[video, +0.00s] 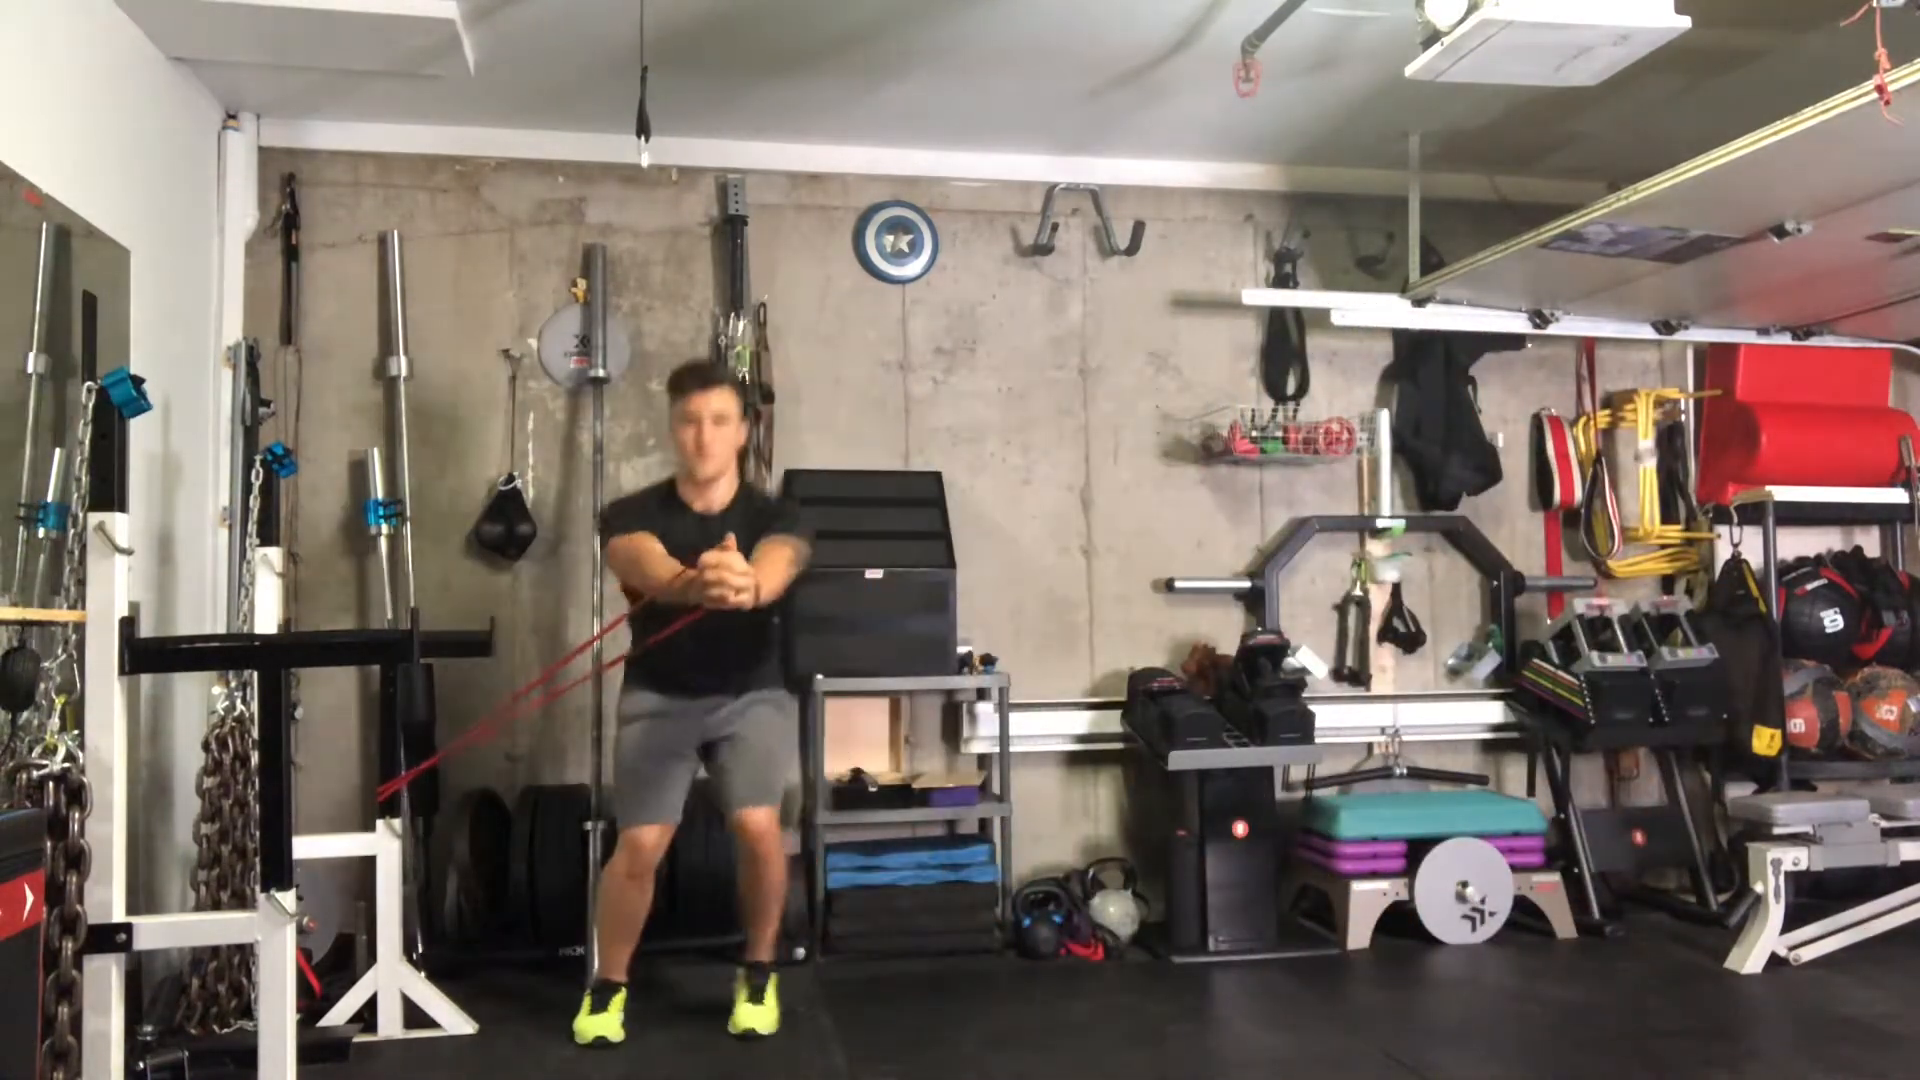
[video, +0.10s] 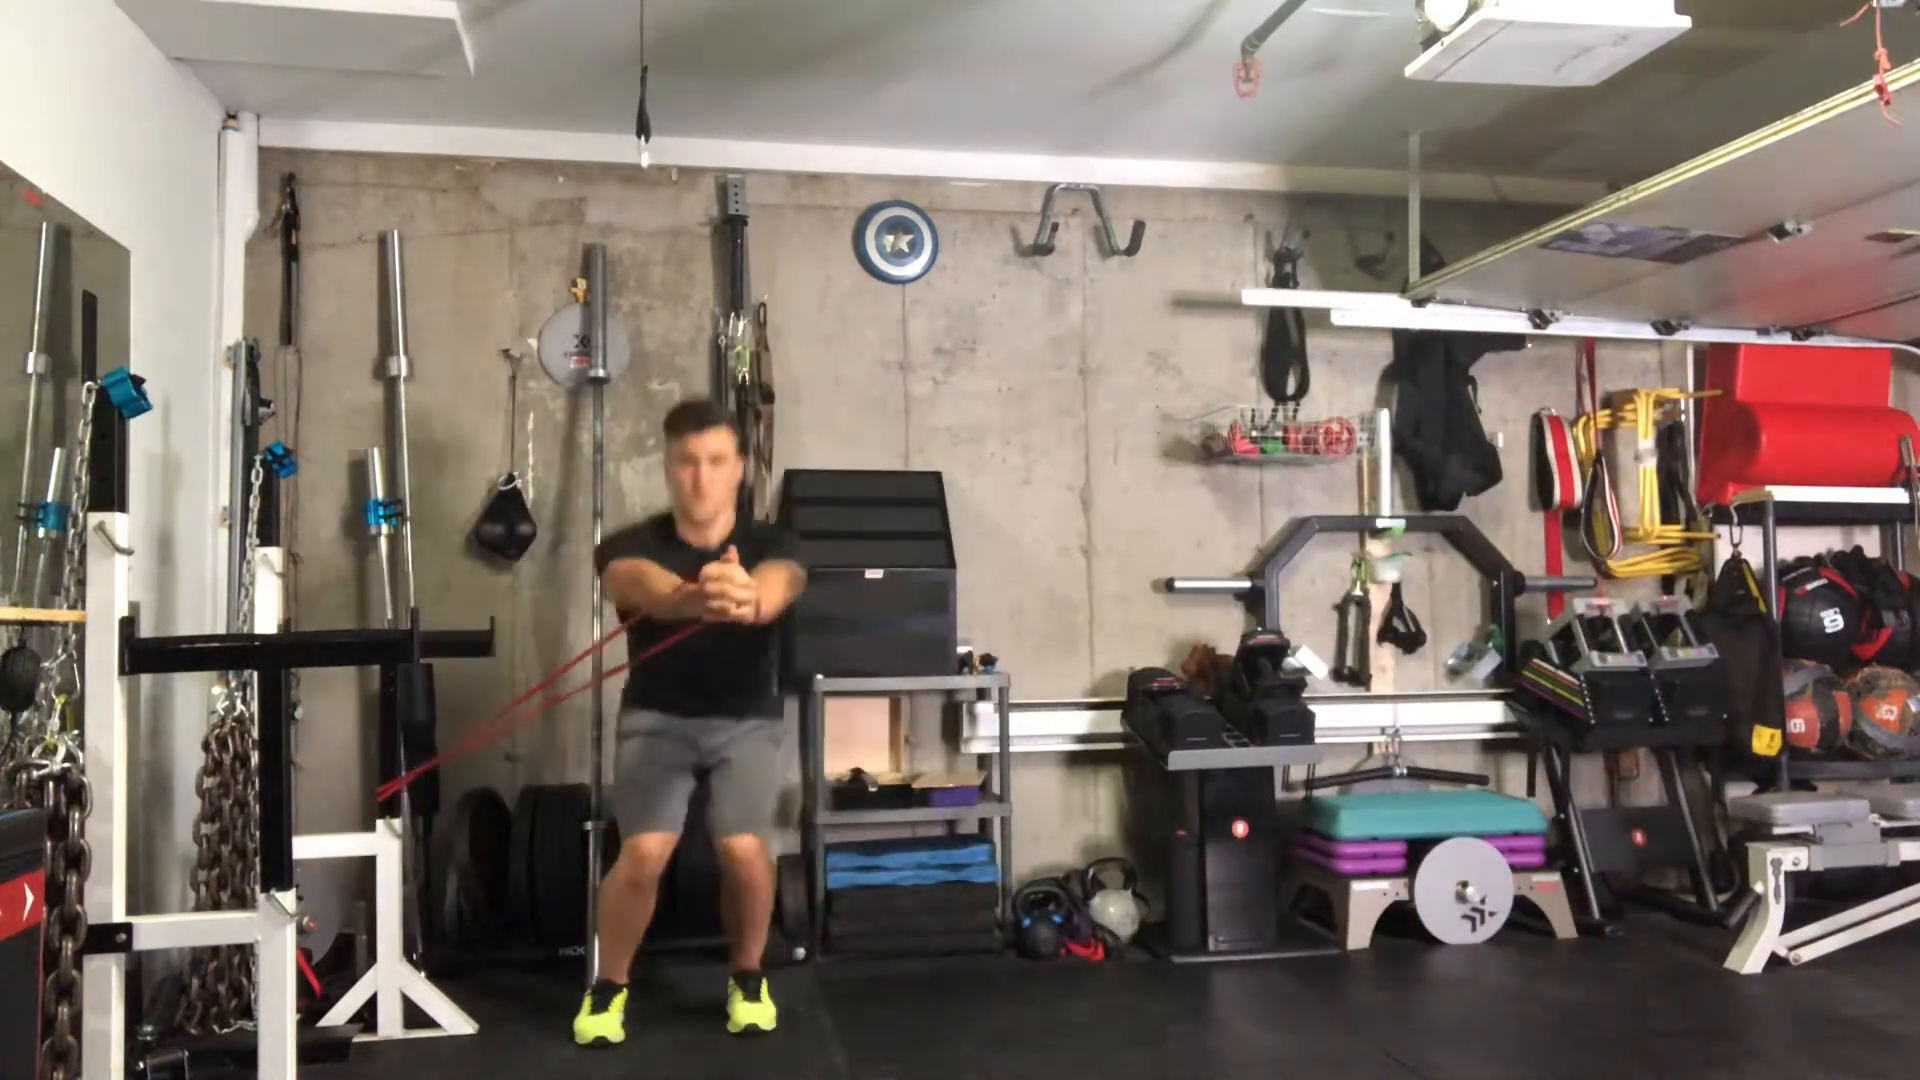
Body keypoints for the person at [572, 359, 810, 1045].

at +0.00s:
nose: (701, 434)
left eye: (717, 420)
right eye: (688, 421)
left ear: (745, 431)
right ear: (672, 432)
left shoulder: (777, 518)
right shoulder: (628, 516)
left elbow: (774, 569)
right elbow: (646, 574)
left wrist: (749, 583)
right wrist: (694, 582)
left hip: (752, 698)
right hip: (657, 702)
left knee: (756, 822)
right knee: (640, 843)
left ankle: (758, 974)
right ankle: (606, 990)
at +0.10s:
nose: (700, 477)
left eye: (715, 461)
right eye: (686, 462)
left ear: (740, 470)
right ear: (668, 471)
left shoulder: (770, 544)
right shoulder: (628, 546)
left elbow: (779, 583)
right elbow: (638, 589)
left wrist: (751, 597)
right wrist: (693, 595)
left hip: (748, 727)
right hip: (658, 724)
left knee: (742, 848)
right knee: (645, 852)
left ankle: (748, 980)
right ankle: (607, 988)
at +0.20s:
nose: (703, 511)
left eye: (718, 495)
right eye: (689, 496)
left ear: (742, 500)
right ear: (671, 502)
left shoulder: (772, 563)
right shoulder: (632, 572)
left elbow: (788, 603)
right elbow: (643, 611)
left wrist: (759, 616)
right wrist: (701, 614)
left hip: (744, 736)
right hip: (657, 735)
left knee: (725, 853)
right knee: (649, 856)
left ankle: (746, 981)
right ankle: (608, 990)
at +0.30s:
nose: (714, 534)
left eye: (727, 517)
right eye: (699, 518)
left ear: (750, 520)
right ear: (678, 521)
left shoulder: (778, 582)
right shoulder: (640, 589)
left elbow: (799, 617)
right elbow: (651, 626)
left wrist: (771, 629)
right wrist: (709, 630)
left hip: (750, 749)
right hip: (663, 745)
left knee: (721, 857)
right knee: (652, 859)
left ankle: (745, 981)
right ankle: (609, 990)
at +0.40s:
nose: (730, 546)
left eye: (743, 531)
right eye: (715, 532)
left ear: (763, 531)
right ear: (691, 533)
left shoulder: (793, 593)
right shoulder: (652, 600)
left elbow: (810, 629)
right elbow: (663, 639)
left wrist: (784, 640)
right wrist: (727, 643)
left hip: (763, 757)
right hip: (676, 753)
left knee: (730, 859)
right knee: (662, 865)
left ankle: (746, 980)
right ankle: (610, 989)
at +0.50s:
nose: (744, 553)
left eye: (756, 537)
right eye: (728, 539)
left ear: (775, 533)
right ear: (702, 539)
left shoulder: (807, 589)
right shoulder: (673, 608)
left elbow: (830, 624)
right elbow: (678, 650)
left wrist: (806, 646)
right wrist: (751, 654)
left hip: (789, 756)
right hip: (701, 755)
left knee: (779, 858)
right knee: (683, 874)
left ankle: (750, 978)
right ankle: (611, 990)